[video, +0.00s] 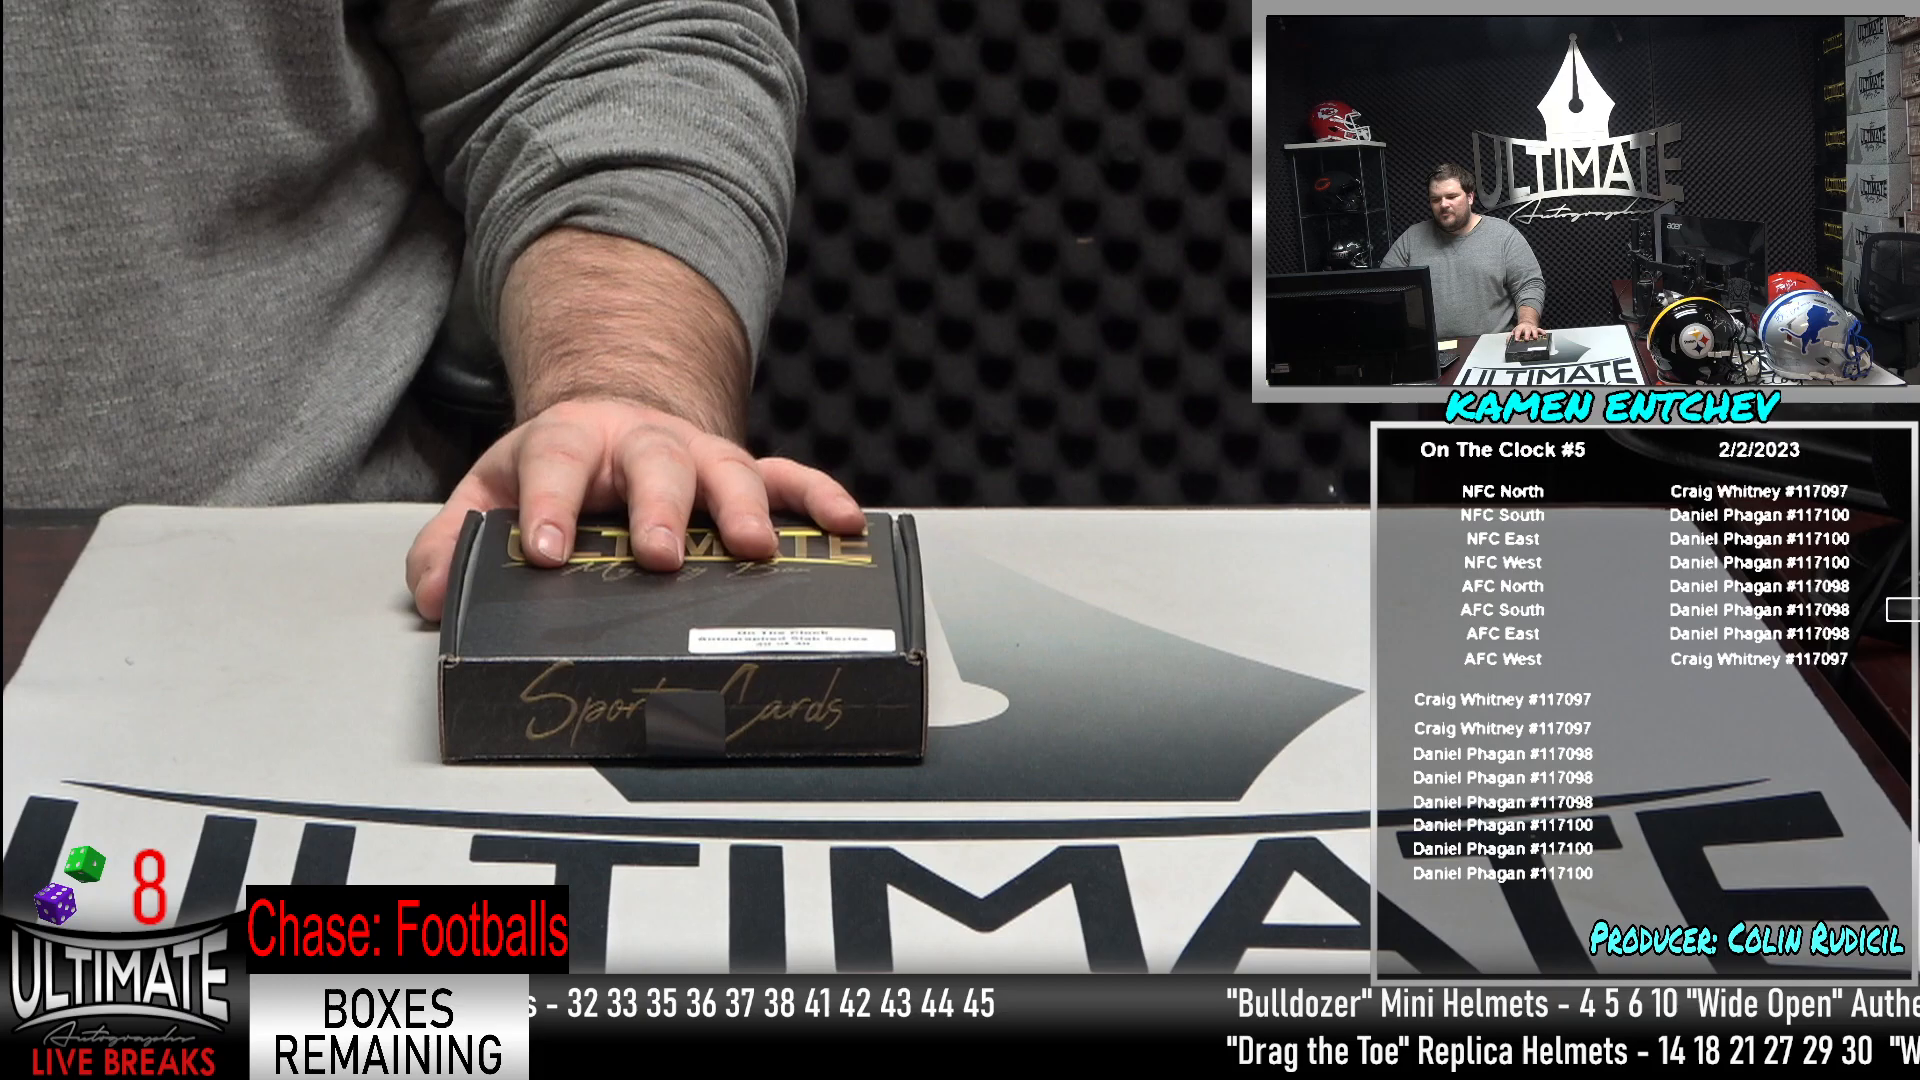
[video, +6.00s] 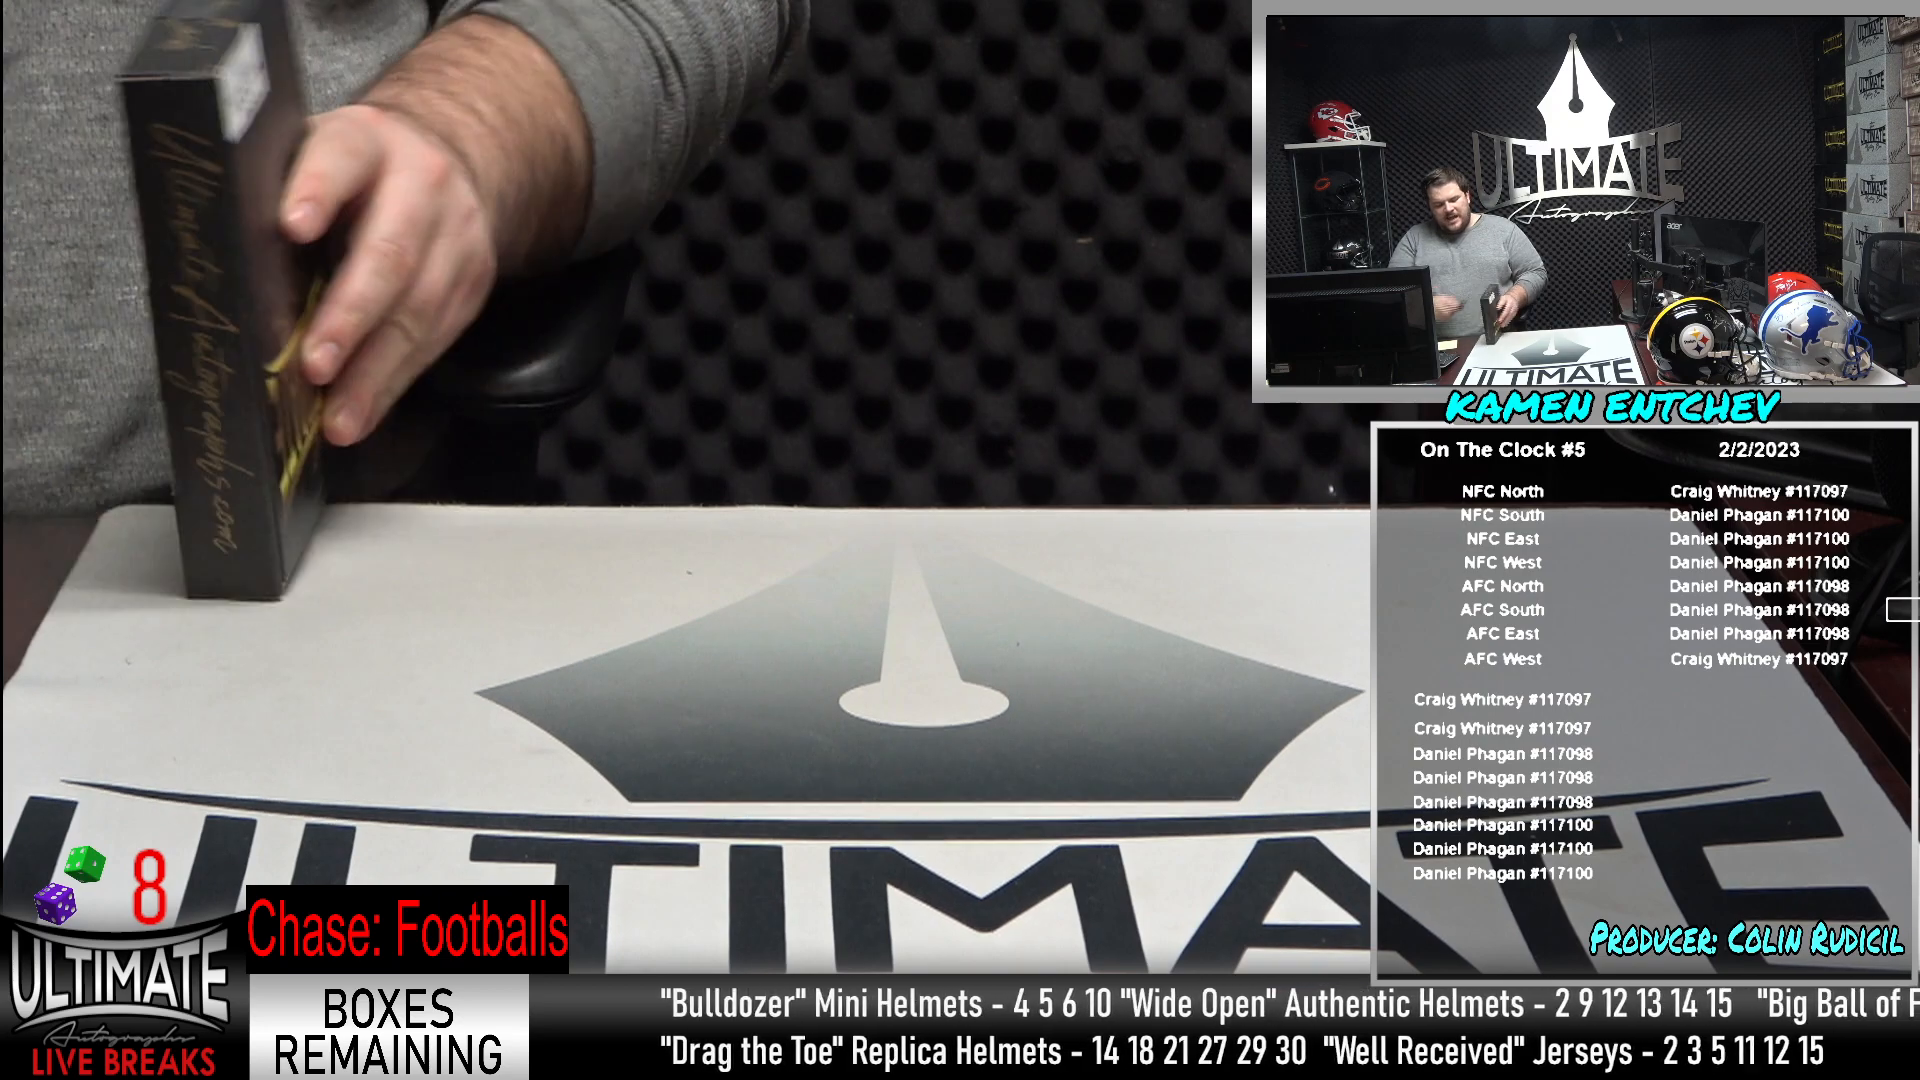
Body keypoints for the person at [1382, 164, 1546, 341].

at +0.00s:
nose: (1444, 204)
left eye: (1452, 196)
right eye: (1436, 199)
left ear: (1470, 197)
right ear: (1430, 203)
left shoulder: (1503, 235)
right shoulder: (1412, 239)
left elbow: (1529, 283)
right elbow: (1383, 286)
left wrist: (1527, 322)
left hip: (1494, 352)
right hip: (1429, 356)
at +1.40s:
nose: (1465, 210)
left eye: (1470, 201)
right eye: (1455, 204)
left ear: (1479, 199)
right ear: (1438, 205)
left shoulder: (1509, 235)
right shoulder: (1414, 238)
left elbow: (1545, 269)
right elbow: (1388, 288)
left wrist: (1534, 299)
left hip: (1497, 352)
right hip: (1433, 355)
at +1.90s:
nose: (1451, 203)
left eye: (1459, 195)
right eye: (1443, 197)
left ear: (1475, 198)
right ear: (1434, 200)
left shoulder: (1501, 232)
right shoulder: (1414, 237)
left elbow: (1522, 267)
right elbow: (1388, 284)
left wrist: (1522, 292)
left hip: (1489, 346)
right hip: (1428, 349)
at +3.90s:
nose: (1464, 210)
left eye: (1470, 201)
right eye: (1455, 203)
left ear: (1479, 198)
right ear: (1438, 204)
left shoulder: (1510, 234)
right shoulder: (1415, 238)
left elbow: (1545, 266)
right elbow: (1389, 288)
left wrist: (1543, 292)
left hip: (1499, 353)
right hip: (1434, 356)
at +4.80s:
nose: (1459, 206)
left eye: (1465, 197)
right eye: (1450, 200)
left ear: (1475, 197)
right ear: (1436, 202)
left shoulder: (1506, 231)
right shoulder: (1416, 237)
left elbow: (1536, 272)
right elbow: (1394, 287)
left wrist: (1520, 301)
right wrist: (1419, 311)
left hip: (1497, 349)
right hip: (1436, 354)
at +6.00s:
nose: (1449, 209)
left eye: (1454, 199)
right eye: (1439, 204)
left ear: (1468, 196)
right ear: (1430, 207)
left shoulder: (1503, 231)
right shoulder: (1415, 239)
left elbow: (1535, 272)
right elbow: (1392, 290)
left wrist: (1515, 297)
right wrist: (1425, 305)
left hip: (1499, 348)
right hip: (1437, 353)